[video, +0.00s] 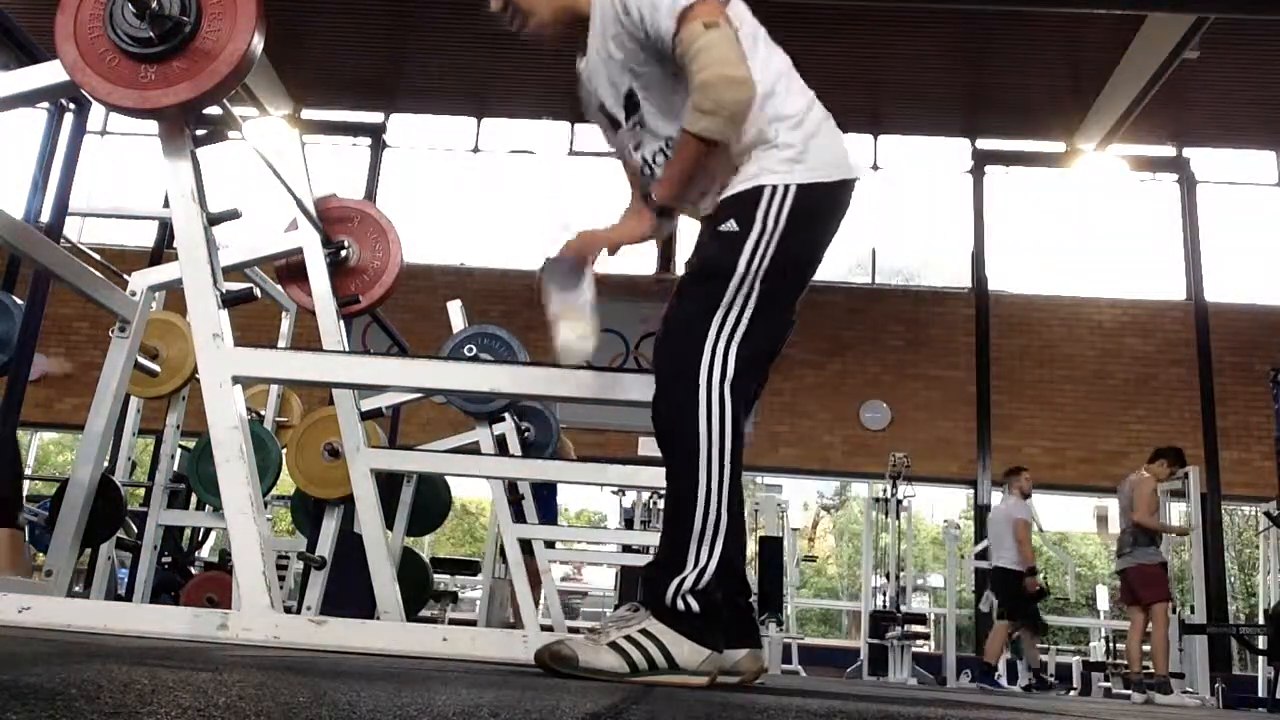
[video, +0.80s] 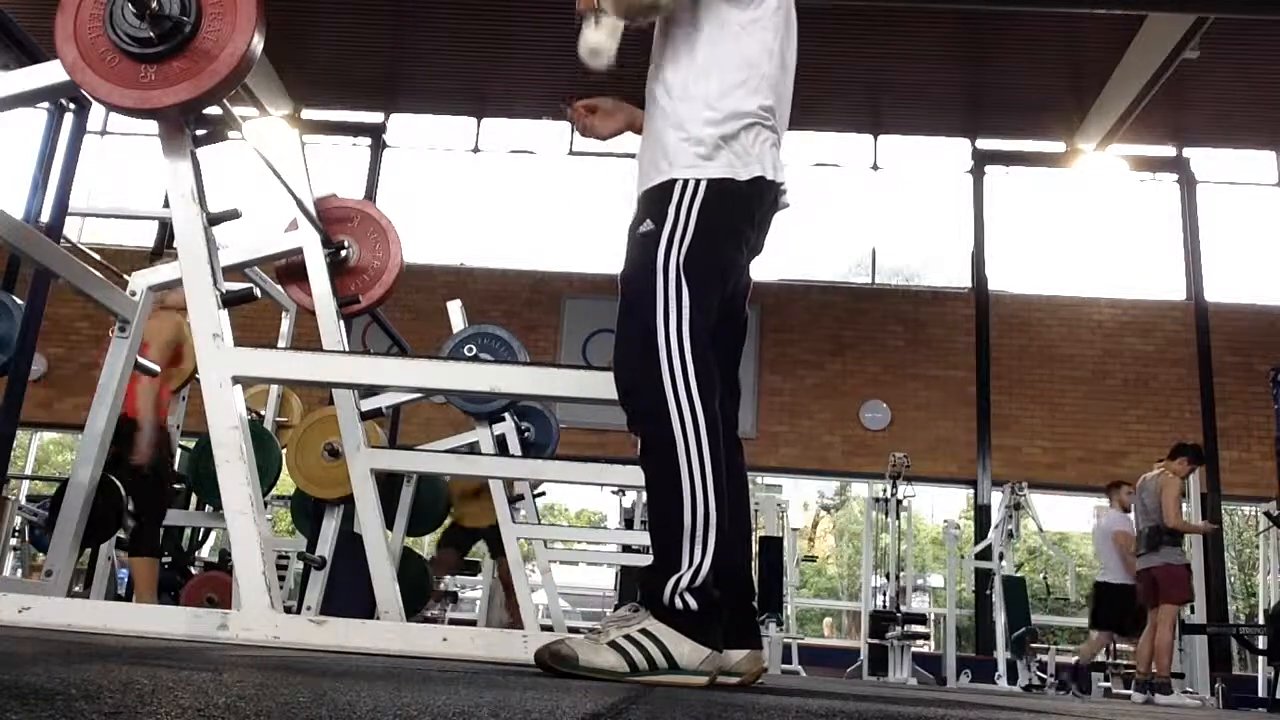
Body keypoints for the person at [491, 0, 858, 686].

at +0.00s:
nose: (510, 18)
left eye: (511, 1)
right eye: (505, 13)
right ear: (526, 17)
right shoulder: (598, 78)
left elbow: (724, 84)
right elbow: (653, 204)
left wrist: (660, 195)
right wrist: (605, 236)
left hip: (786, 167)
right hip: (744, 189)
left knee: (698, 377)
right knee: (691, 393)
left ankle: (690, 622)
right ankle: (726, 631)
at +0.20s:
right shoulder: (646, 15)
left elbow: (715, 27)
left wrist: (636, 126)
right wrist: (631, 139)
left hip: (750, 157)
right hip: (711, 168)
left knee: (689, 374)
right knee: (692, 383)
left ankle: (691, 623)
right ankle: (728, 631)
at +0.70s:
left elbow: (665, 9)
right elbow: (704, 99)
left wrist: (615, 27)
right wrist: (613, 106)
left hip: (703, 158)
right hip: (717, 164)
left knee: (663, 380)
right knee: (701, 399)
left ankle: (688, 623)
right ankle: (730, 633)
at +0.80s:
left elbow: (642, 4)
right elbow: (716, 108)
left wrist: (616, 8)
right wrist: (634, 119)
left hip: (705, 153)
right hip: (702, 157)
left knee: (666, 380)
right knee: (694, 393)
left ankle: (688, 623)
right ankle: (728, 633)